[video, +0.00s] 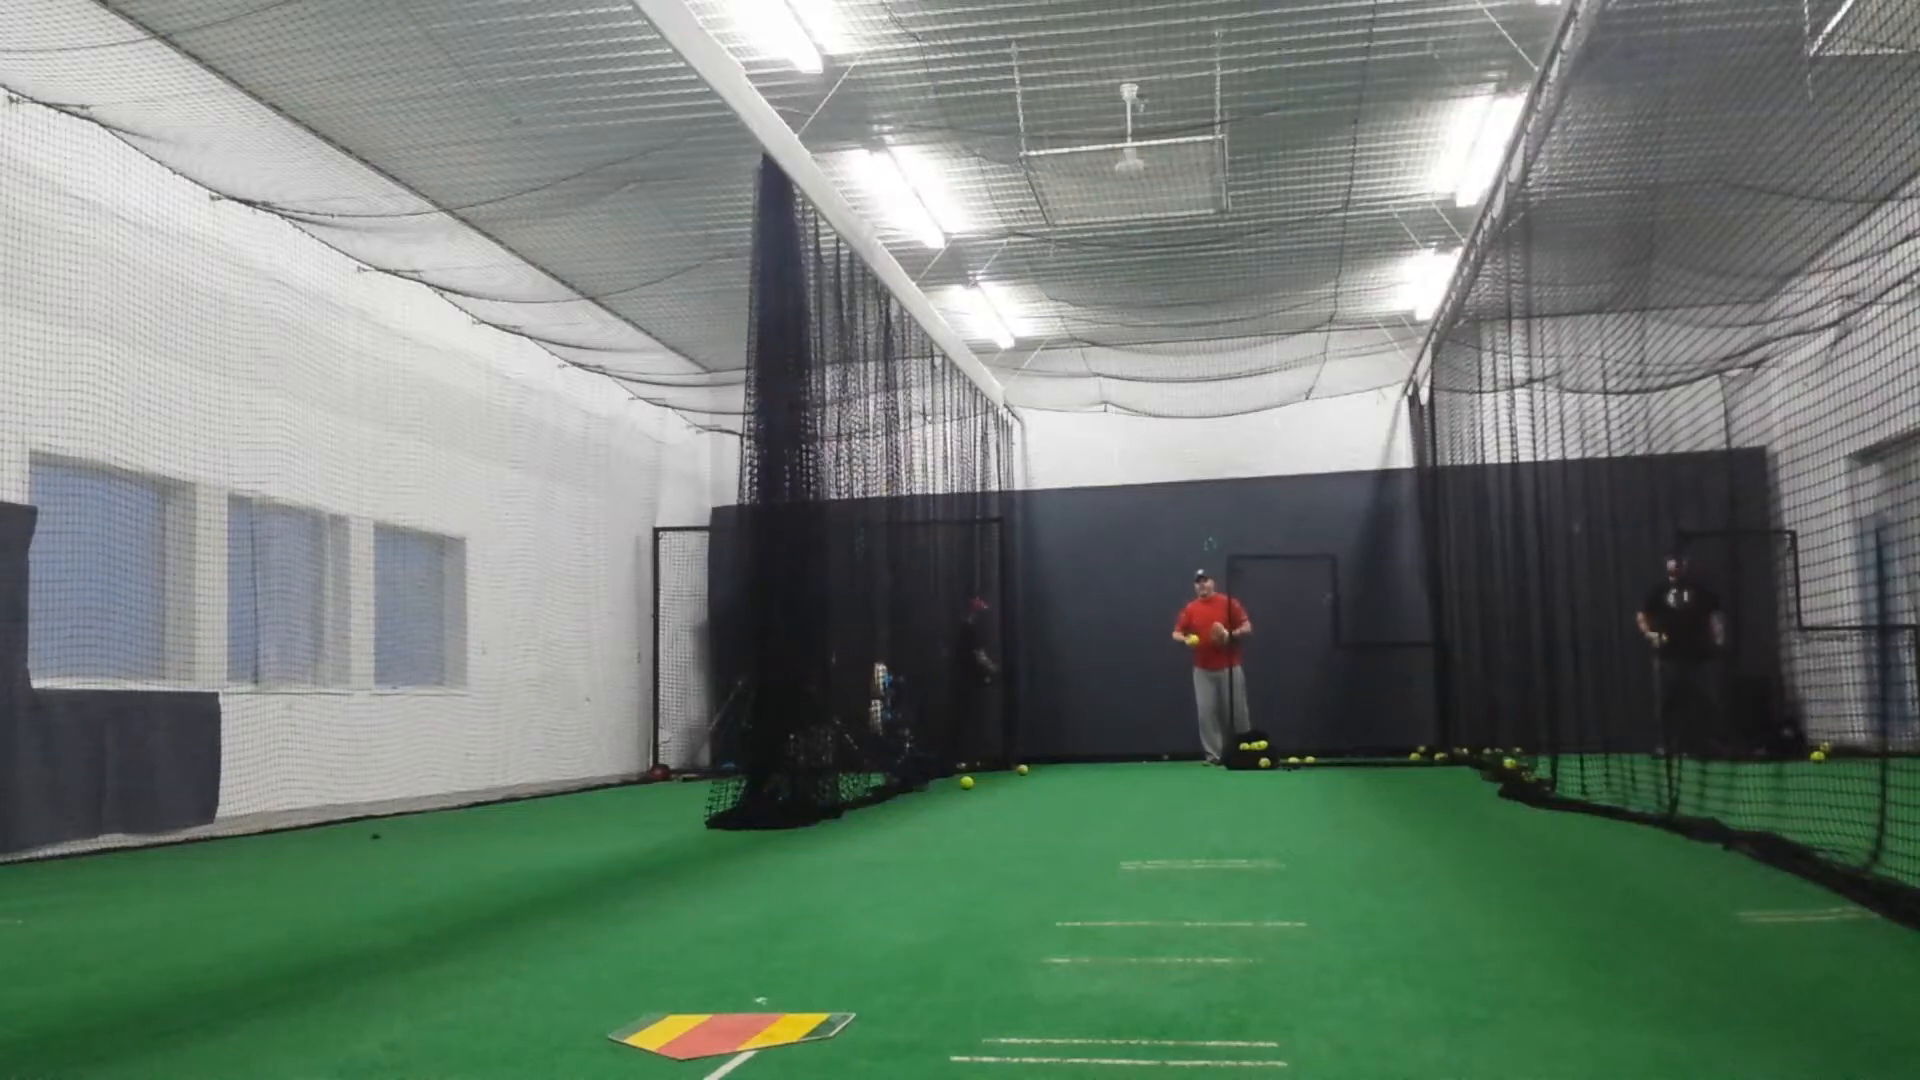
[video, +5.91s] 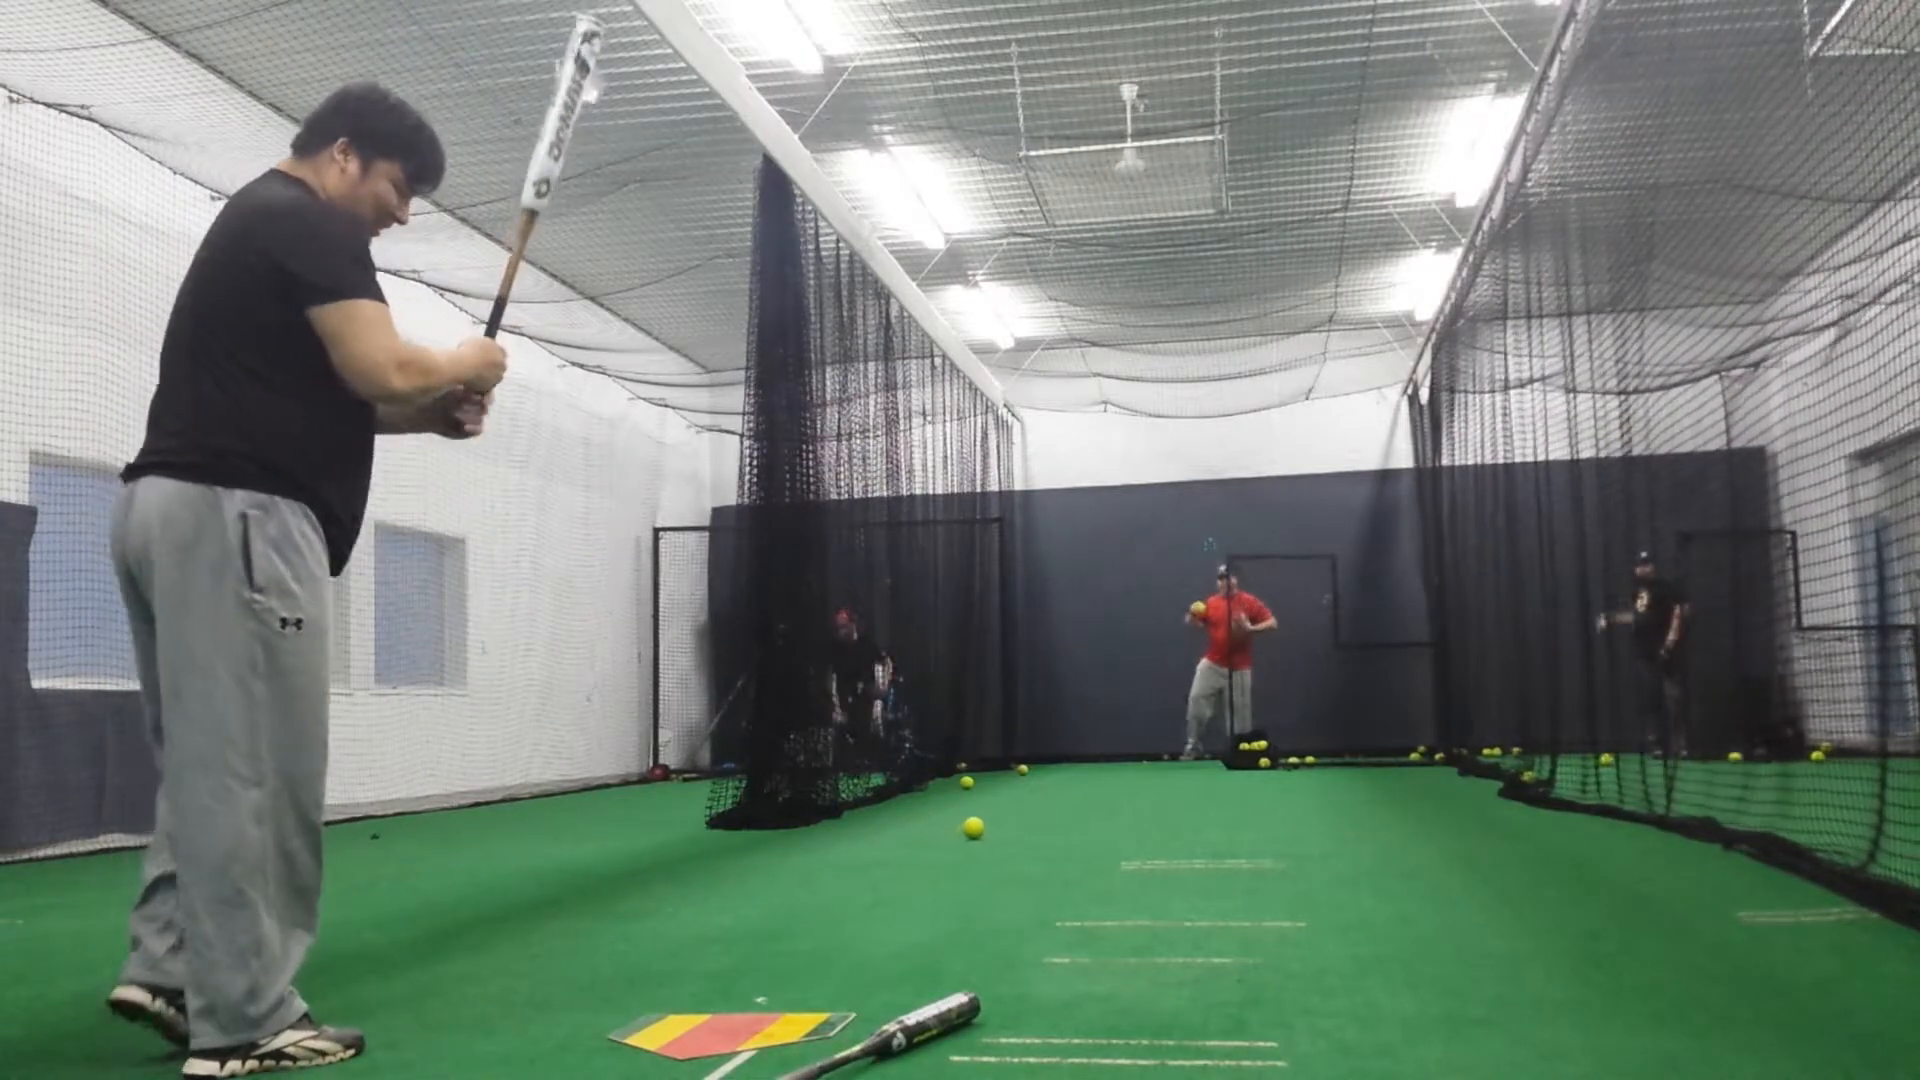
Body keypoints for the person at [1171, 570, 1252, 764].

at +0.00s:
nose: (1202, 585)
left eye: (1205, 581)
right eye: (1198, 582)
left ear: (1213, 583)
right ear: (1194, 586)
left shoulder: (1229, 604)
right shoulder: (1190, 609)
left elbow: (1247, 627)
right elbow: (1176, 633)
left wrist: (1230, 634)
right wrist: (1186, 638)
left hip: (1229, 667)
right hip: (1204, 669)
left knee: (1237, 710)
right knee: (1206, 712)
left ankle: (1244, 751)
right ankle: (1213, 753)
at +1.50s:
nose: (1228, 586)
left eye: (1232, 582)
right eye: (1225, 582)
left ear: (1241, 583)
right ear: (1222, 585)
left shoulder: (1253, 603)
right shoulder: (1218, 605)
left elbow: (1277, 622)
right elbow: (1206, 630)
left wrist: (1259, 628)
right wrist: (1202, 624)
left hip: (1246, 667)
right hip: (1220, 665)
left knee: (1248, 710)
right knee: (1209, 705)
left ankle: (1252, 751)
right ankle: (1209, 750)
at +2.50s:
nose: (1205, 583)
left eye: (1208, 579)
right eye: (1201, 579)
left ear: (1214, 582)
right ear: (1195, 583)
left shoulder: (1226, 602)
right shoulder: (1189, 606)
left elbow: (1248, 623)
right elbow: (1176, 632)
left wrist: (1231, 632)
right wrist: (1174, 629)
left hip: (1226, 666)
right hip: (1201, 668)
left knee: (1236, 710)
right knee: (1200, 712)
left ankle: (1245, 751)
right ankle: (1205, 754)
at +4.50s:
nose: (1197, 583)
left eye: (1200, 579)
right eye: (1193, 579)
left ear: (1207, 582)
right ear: (1188, 583)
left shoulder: (1221, 601)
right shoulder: (1182, 605)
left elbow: (1238, 623)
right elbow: (1167, 631)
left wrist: (1224, 630)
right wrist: (1176, 629)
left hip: (1220, 665)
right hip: (1195, 667)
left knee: (1233, 708)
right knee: (1196, 711)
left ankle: (1241, 750)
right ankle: (1199, 752)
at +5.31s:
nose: (1222, 586)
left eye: (1225, 582)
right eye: (1219, 582)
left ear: (1233, 584)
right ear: (1214, 585)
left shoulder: (1245, 605)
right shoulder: (1208, 608)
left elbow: (1268, 627)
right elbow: (1192, 633)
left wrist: (1248, 628)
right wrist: (1191, 625)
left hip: (1240, 669)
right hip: (1212, 669)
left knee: (1243, 711)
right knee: (1205, 707)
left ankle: (1244, 752)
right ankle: (1201, 752)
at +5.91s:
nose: (1225, 582)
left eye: (1228, 578)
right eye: (1221, 578)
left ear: (1236, 580)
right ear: (1217, 582)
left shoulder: (1248, 602)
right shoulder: (1212, 603)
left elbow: (1271, 622)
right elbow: (1201, 624)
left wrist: (1251, 628)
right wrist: (1193, 618)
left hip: (1239, 665)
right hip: (1213, 662)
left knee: (1241, 709)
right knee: (1197, 699)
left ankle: (1240, 749)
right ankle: (1193, 743)